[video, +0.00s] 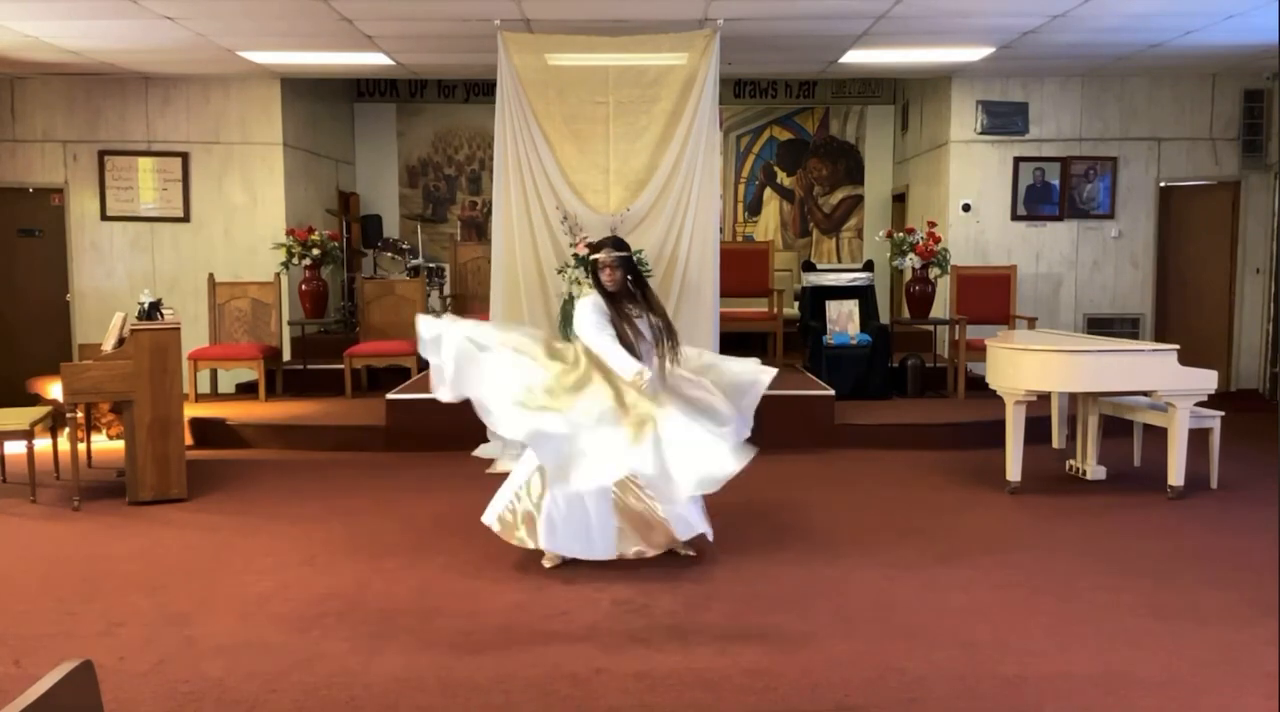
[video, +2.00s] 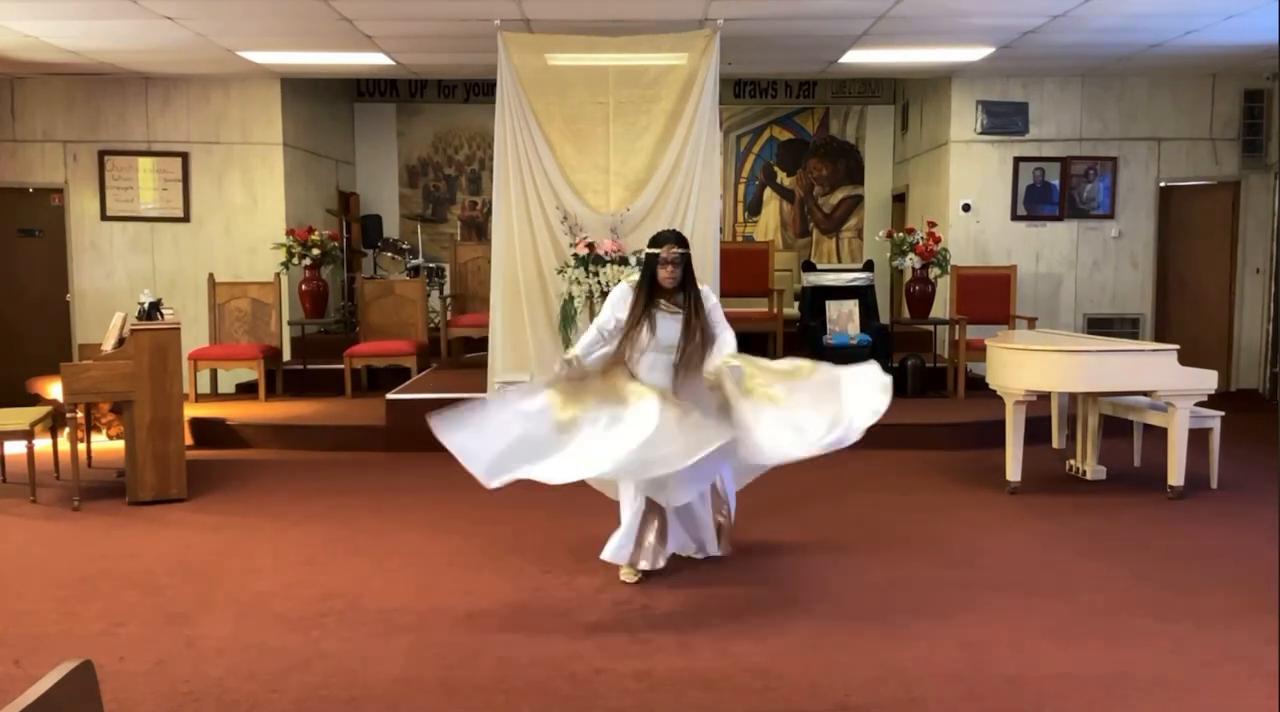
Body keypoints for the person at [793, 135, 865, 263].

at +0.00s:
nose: (815, 176)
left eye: (820, 170)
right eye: (812, 171)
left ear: (840, 166)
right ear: (808, 173)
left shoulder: (854, 193)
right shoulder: (820, 195)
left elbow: (828, 227)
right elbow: (799, 233)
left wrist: (808, 196)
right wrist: (798, 197)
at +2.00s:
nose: (815, 176)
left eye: (821, 170)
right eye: (812, 171)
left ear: (840, 166)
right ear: (808, 173)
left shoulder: (854, 193)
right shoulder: (819, 195)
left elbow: (828, 227)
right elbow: (799, 232)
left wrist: (808, 197)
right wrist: (799, 197)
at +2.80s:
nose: (816, 176)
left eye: (821, 170)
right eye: (812, 171)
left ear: (840, 166)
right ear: (808, 173)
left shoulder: (854, 193)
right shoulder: (819, 195)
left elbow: (828, 227)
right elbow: (799, 232)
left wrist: (808, 197)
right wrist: (799, 197)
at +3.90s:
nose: (815, 176)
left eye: (821, 170)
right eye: (812, 171)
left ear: (839, 167)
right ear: (808, 172)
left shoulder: (854, 193)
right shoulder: (819, 194)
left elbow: (828, 227)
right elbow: (799, 233)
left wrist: (808, 196)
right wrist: (799, 197)